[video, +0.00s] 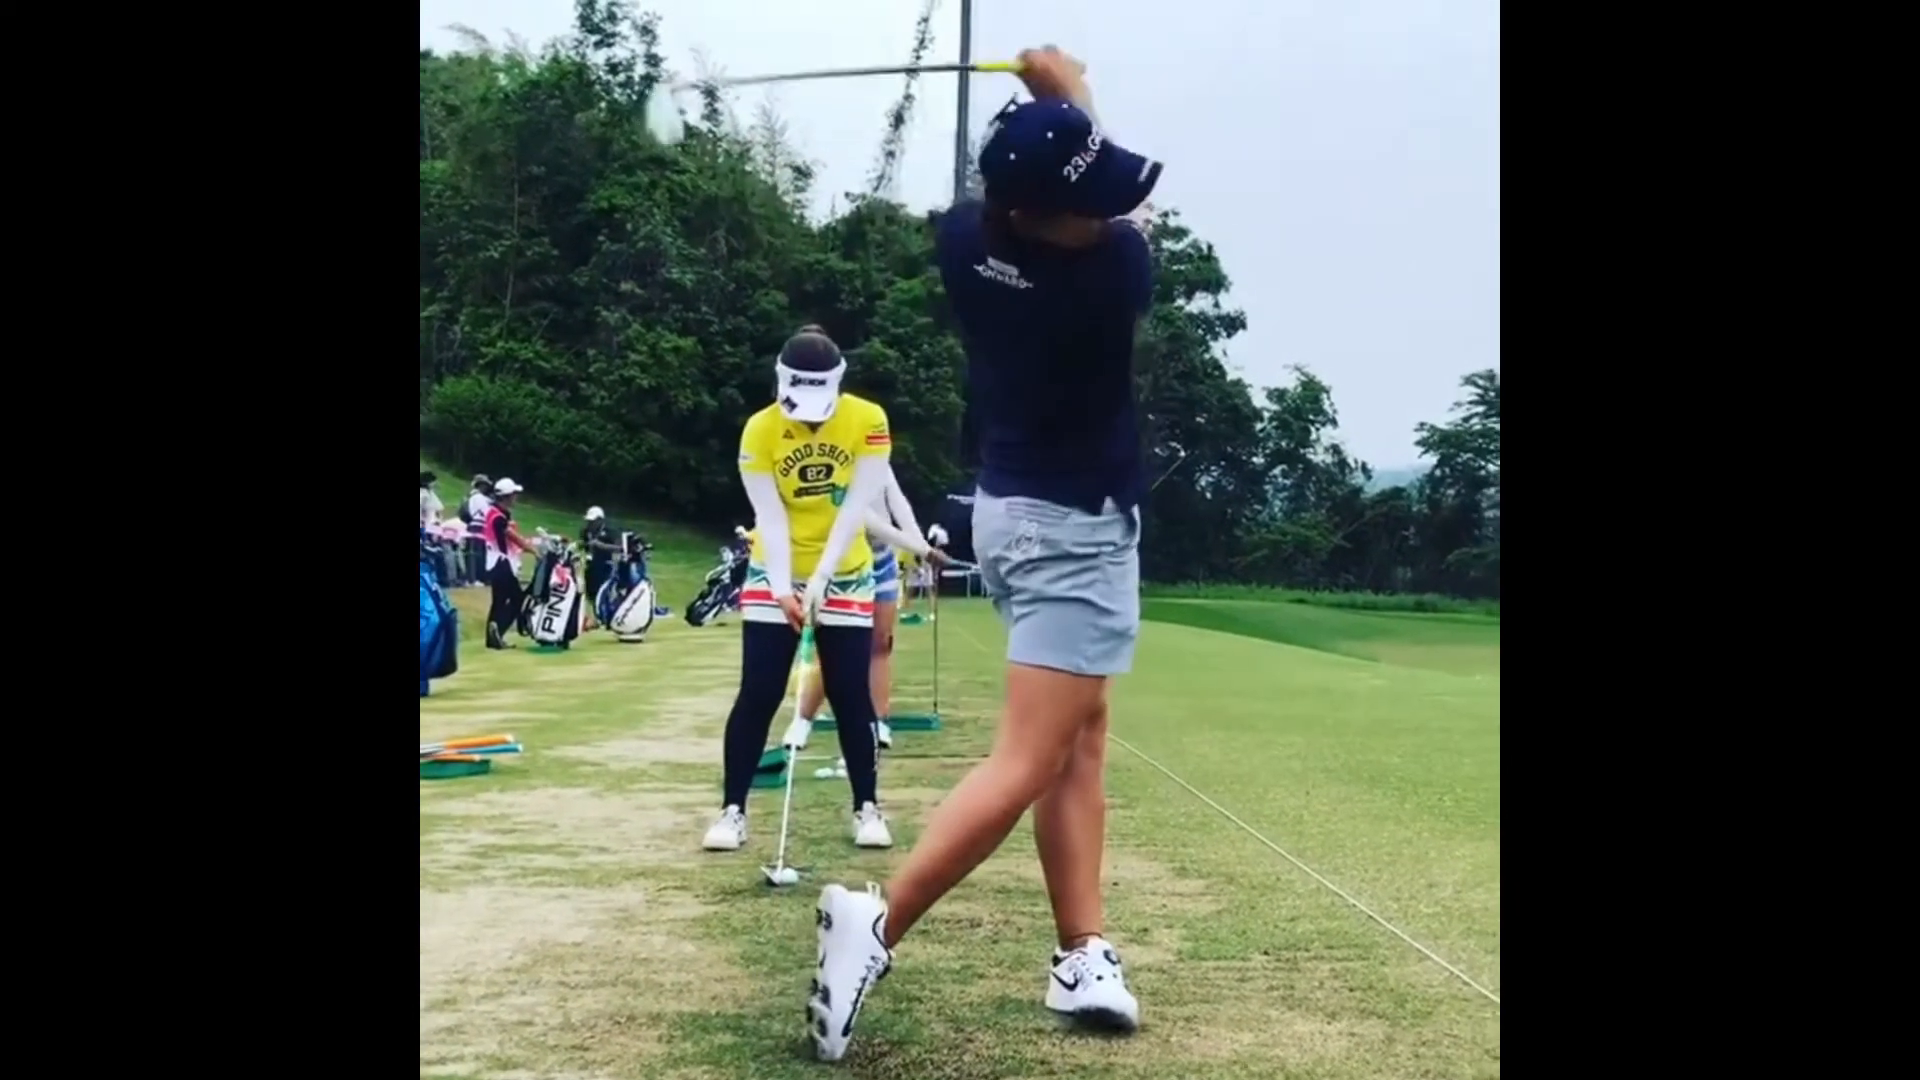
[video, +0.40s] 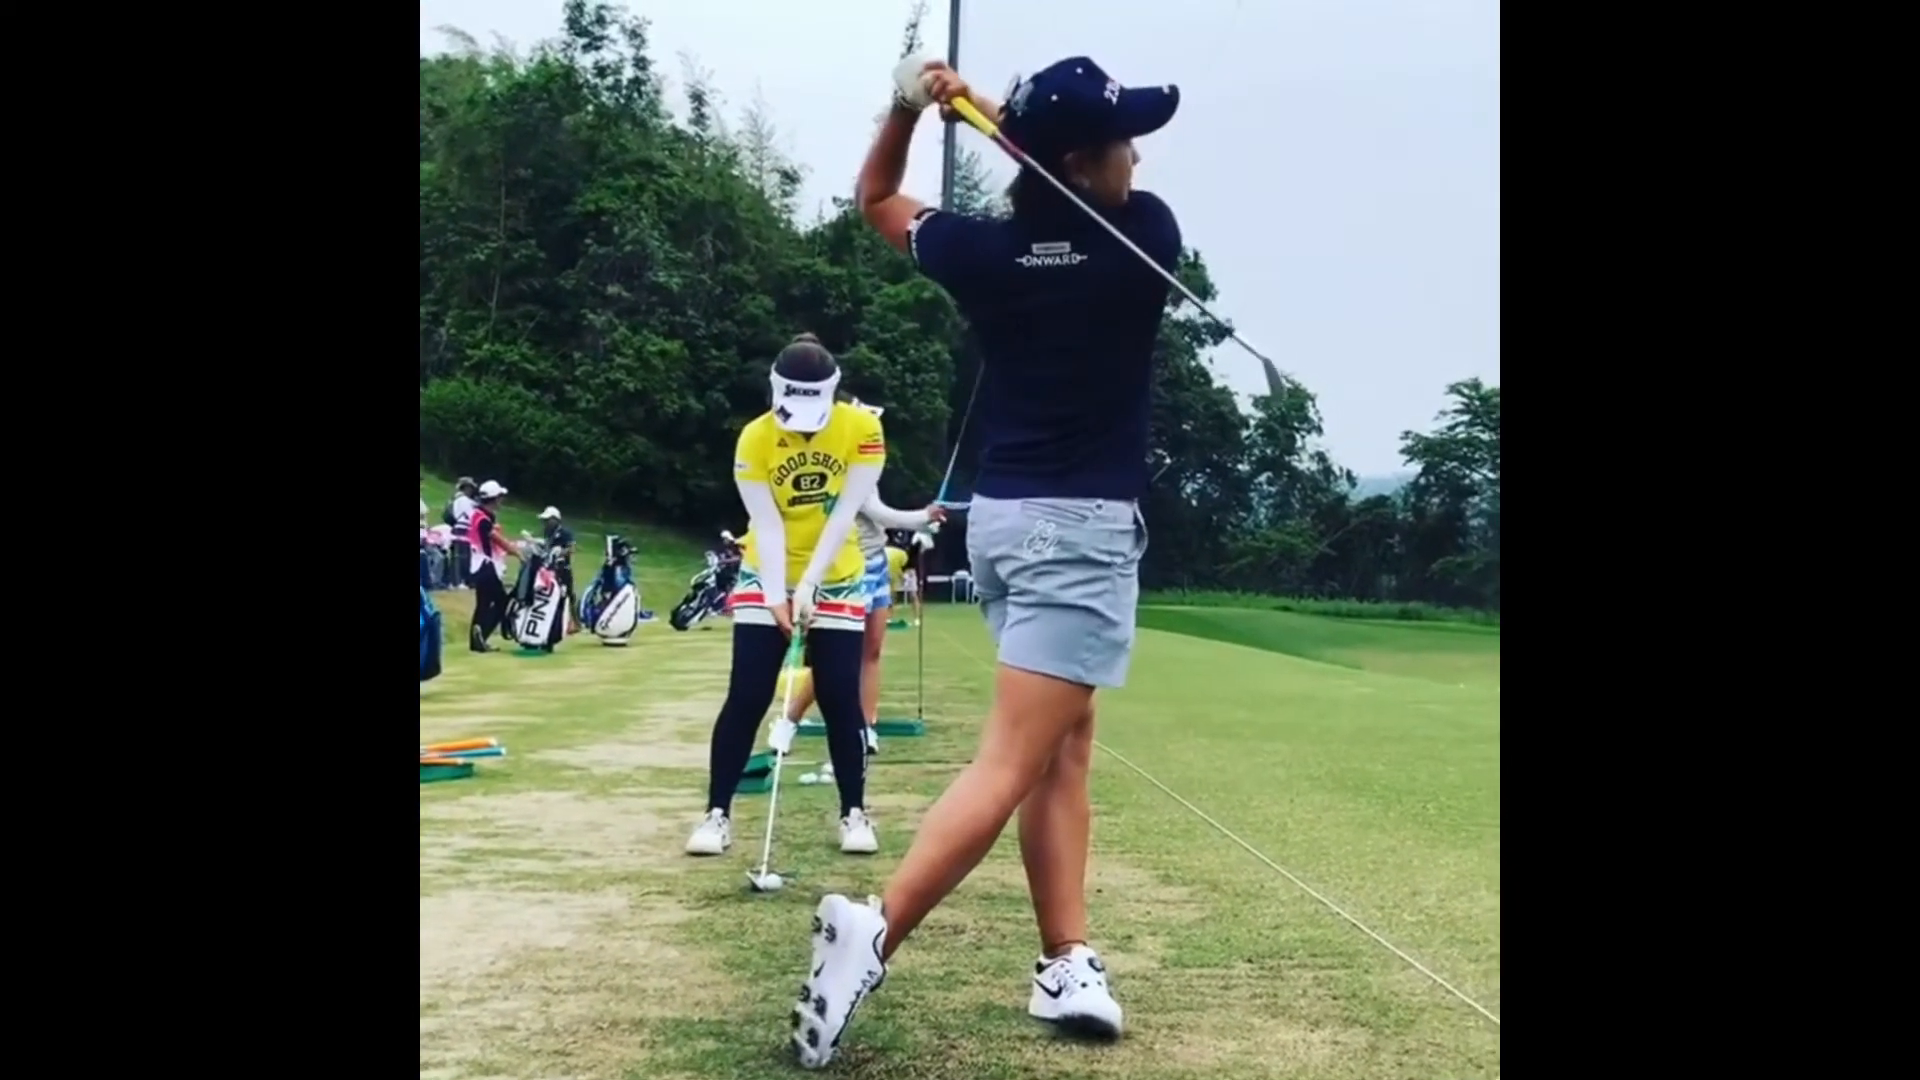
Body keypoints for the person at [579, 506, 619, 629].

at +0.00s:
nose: (590, 524)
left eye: (593, 521)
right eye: (589, 521)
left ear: (600, 520)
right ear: (587, 520)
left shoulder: (611, 532)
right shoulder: (586, 532)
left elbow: (617, 548)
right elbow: (583, 546)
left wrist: (599, 545)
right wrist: (587, 545)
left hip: (606, 564)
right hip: (591, 563)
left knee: (604, 590)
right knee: (591, 591)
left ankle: (607, 618)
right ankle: (596, 618)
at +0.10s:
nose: (579, 522)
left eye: (582, 518)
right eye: (577, 518)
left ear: (589, 517)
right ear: (576, 517)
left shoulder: (597, 530)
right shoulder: (575, 530)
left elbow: (603, 546)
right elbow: (574, 544)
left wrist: (587, 544)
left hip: (593, 563)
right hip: (579, 562)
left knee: (591, 593)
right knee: (578, 590)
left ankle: (590, 620)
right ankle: (579, 620)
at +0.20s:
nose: (567, 520)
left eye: (570, 517)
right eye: (566, 517)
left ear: (577, 517)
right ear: (565, 517)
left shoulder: (586, 529)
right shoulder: (566, 528)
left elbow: (592, 545)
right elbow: (563, 541)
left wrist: (574, 544)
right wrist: (557, 544)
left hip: (582, 564)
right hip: (568, 562)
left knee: (583, 592)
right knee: (566, 591)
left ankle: (584, 620)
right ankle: (564, 619)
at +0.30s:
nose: (557, 521)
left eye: (559, 518)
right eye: (556, 518)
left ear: (566, 517)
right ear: (556, 518)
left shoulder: (575, 530)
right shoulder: (556, 530)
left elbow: (581, 547)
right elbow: (554, 544)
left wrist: (564, 548)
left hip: (573, 564)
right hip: (559, 564)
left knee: (576, 593)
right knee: (560, 593)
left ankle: (579, 621)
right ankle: (559, 622)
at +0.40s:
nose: (545, 524)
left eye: (548, 521)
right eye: (544, 521)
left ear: (555, 520)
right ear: (545, 521)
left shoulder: (565, 535)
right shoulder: (548, 533)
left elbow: (569, 551)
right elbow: (546, 549)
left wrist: (557, 555)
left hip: (563, 568)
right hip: (549, 568)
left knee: (570, 594)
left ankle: (576, 620)